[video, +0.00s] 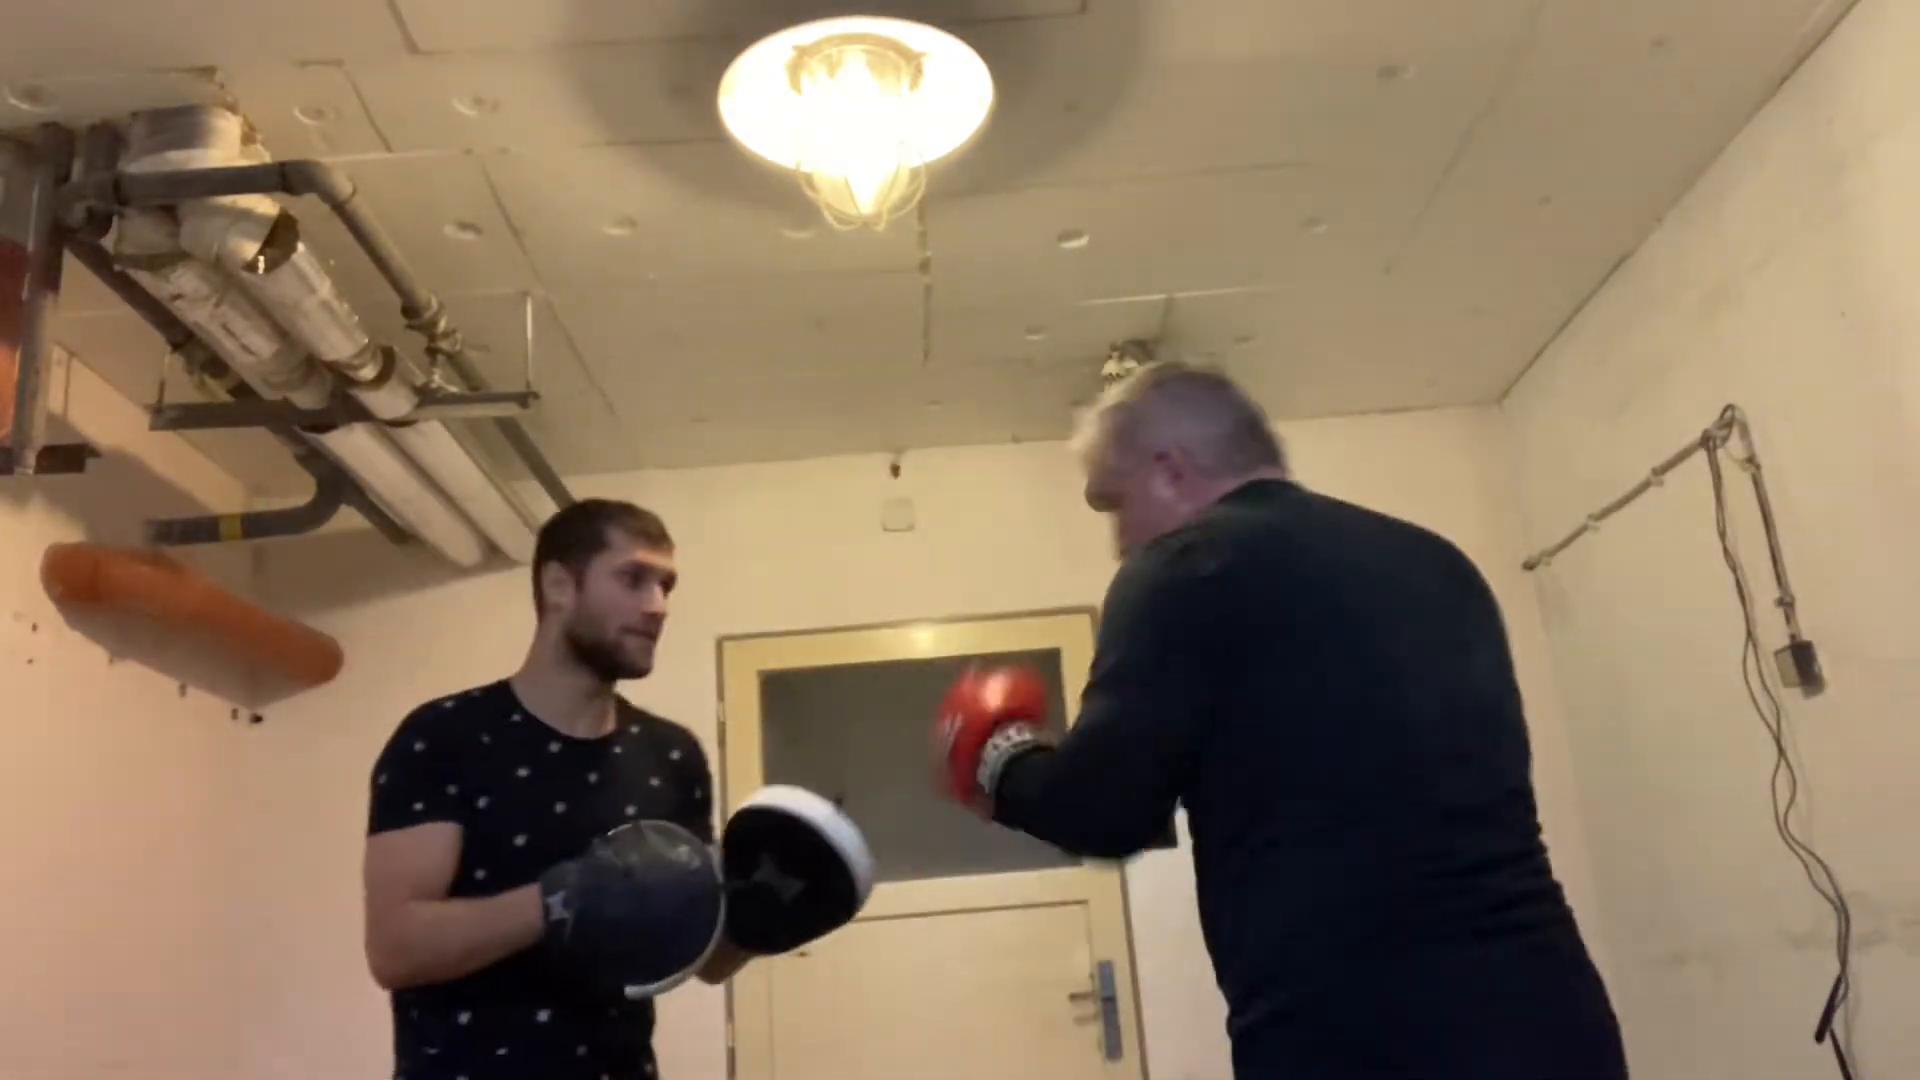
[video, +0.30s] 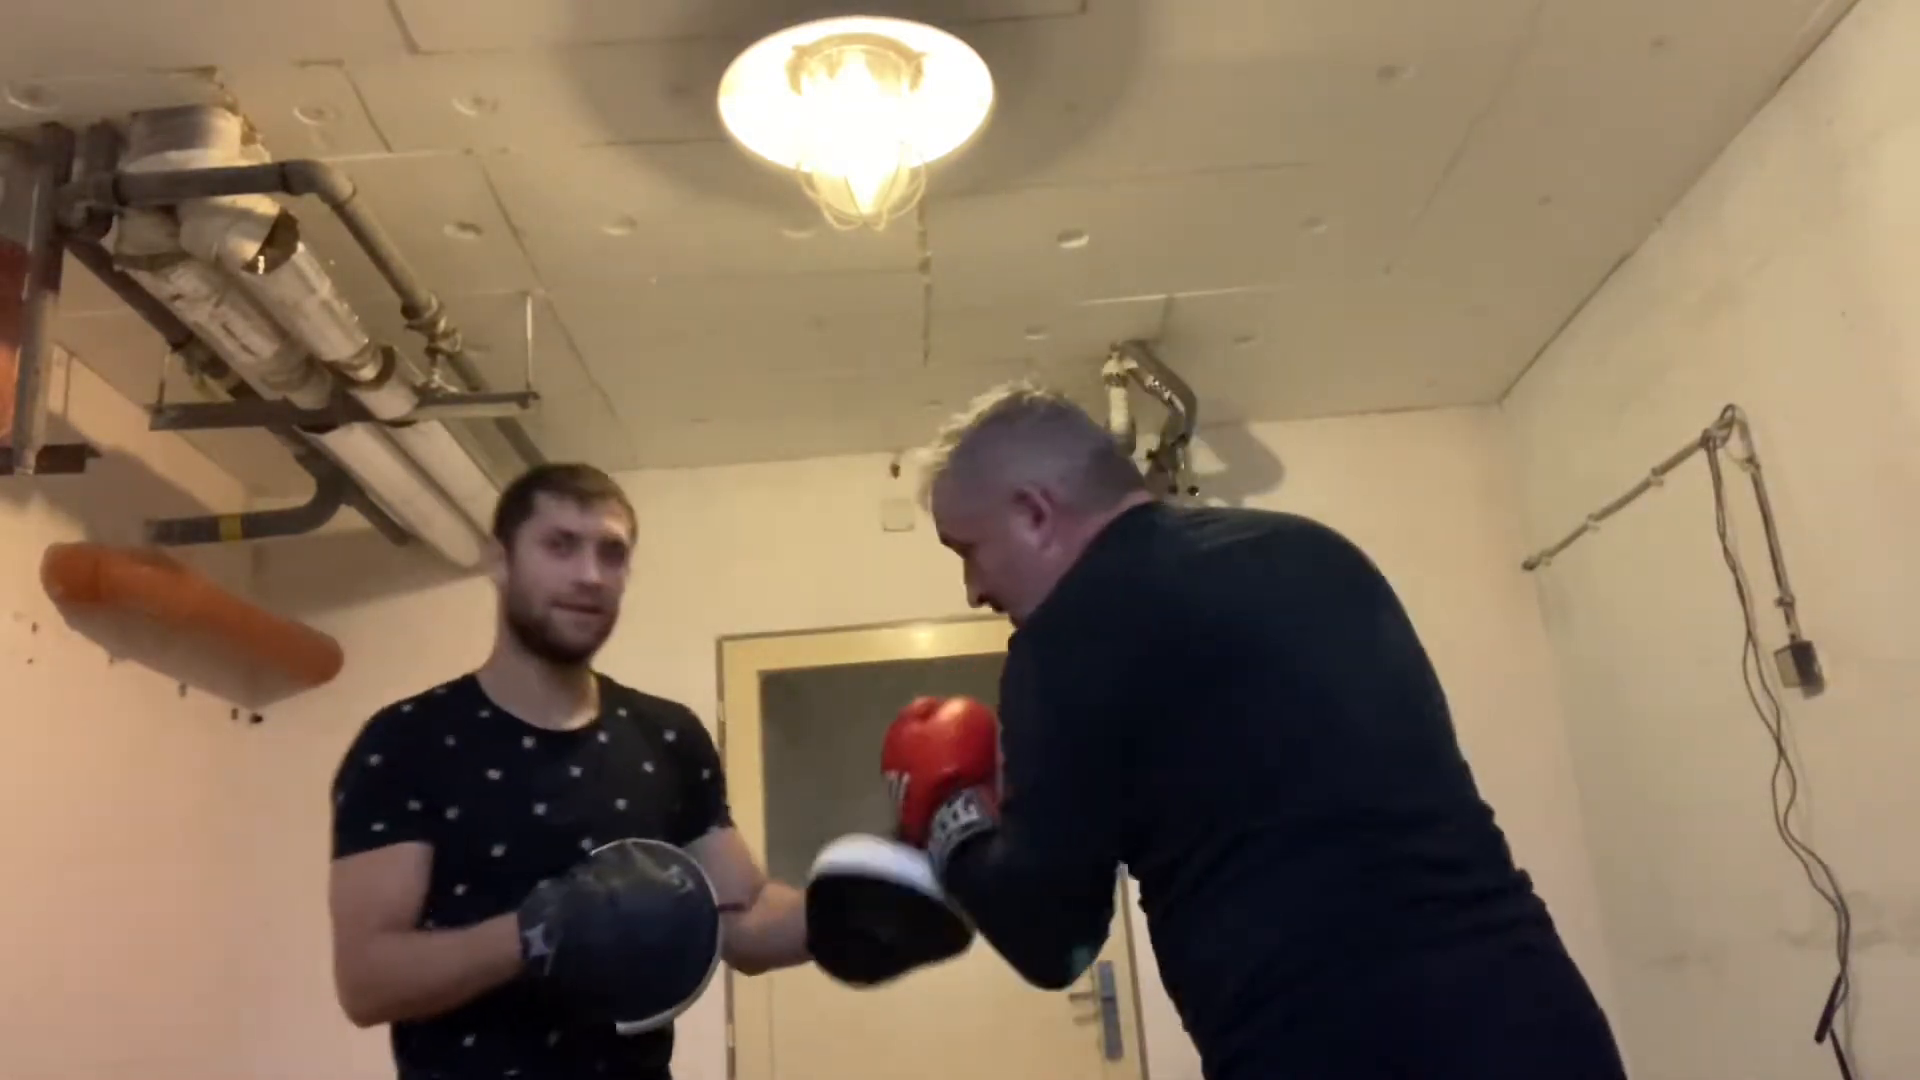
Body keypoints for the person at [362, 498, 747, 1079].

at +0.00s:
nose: (658, 606)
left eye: (665, 588)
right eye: (633, 580)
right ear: (557, 585)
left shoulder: (672, 757)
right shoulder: (442, 740)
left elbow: (707, 961)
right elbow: (394, 949)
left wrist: (757, 910)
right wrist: (564, 899)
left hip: (618, 1065)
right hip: (464, 1066)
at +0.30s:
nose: (591, 575)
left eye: (611, 554)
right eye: (560, 546)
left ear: (629, 574)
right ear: (499, 560)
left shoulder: (669, 739)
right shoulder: (406, 747)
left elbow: (743, 914)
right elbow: (367, 981)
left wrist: (841, 918)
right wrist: (540, 929)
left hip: (630, 1067)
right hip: (467, 1069)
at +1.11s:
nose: (831, 487)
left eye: (858, 470)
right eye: (805, 449)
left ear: (872, 499)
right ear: (731, 454)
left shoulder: (836, 708)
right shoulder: (596, 611)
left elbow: (863, 918)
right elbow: (510, 871)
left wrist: (1083, 888)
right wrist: (794, 887)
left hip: (712, 1061)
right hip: (537, 1054)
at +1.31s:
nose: (817, 481)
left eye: (845, 462)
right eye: (790, 441)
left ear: (856, 491)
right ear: (718, 447)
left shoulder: (812, 702)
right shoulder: (584, 604)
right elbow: (543, 878)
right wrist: (828, 864)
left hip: (697, 1057)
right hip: (527, 1055)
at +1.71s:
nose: (681, 497)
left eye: (683, 464)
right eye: (666, 453)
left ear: (578, 437)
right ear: (574, 431)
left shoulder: (581, 664)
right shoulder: (390, 588)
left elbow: (648, 898)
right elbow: (518, 842)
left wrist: (777, 776)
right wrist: (771, 710)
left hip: (538, 1057)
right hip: (381, 1055)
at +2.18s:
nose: (659, 554)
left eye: (666, 520)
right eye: (657, 511)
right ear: (586, 476)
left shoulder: (480, 642)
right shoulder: (412, 593)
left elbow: (705, 764)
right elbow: (688, 721)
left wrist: (771, 599)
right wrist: (785, 529)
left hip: (513, 1051)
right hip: (405, 1053)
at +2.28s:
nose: (641, 560)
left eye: (650, 526)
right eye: (639, 516)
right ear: (569, 480)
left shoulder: (457, 640)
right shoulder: (395, 595)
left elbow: (685, 767)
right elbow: (672, 724)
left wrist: (761, 606)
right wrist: (774, 533)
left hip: (486, 1051)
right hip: (389, 1053)